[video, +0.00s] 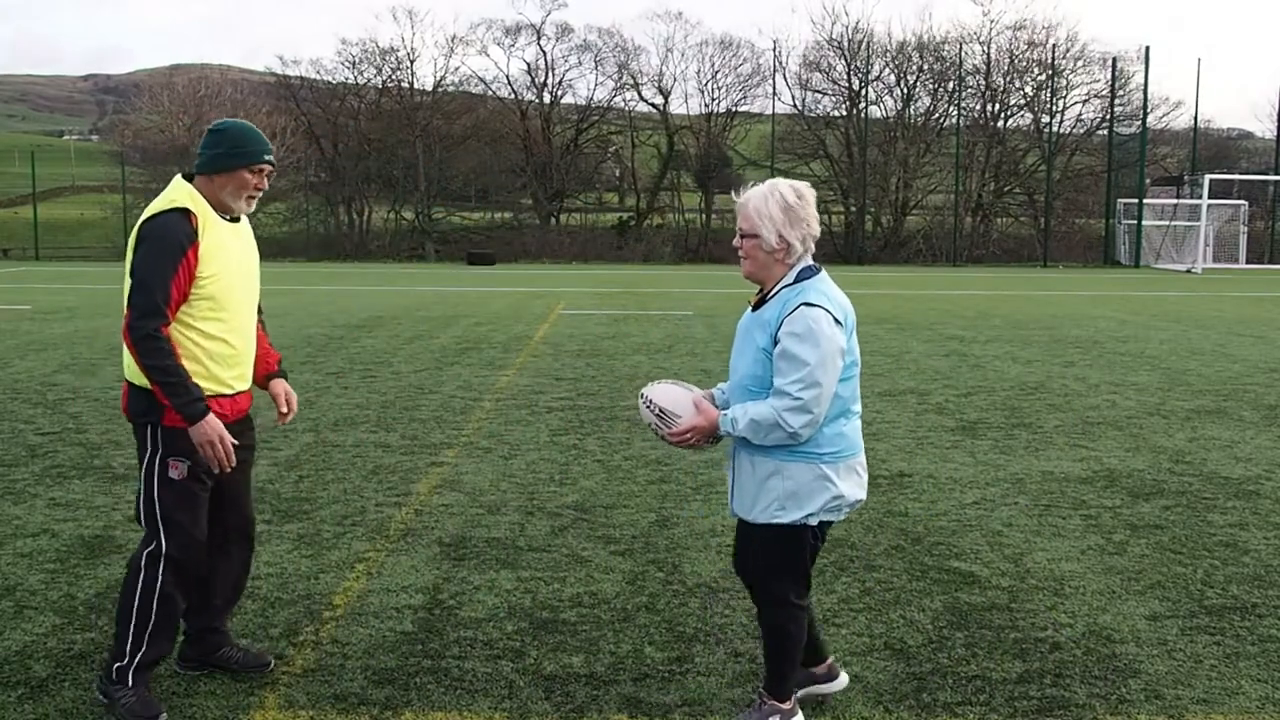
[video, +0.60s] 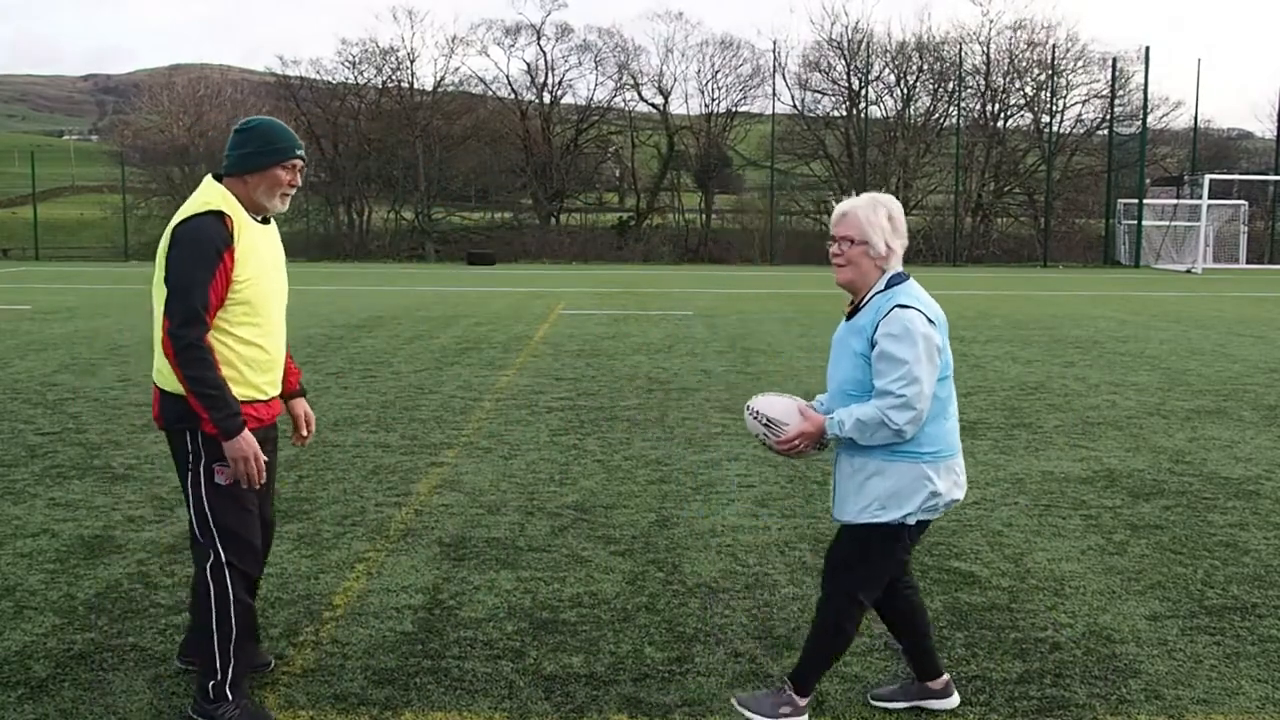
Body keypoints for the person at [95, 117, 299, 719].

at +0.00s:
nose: (263, 184)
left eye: (266, 174)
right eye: (254, 173)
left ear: (252, 176)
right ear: (217, 169)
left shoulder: (236, 226)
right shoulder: (172, 223)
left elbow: (241, 309)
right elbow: (144, 329)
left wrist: (272, 372)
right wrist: (195, 413)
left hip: (229, 409)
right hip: (172, 413)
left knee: (229, 532)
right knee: (171, 545)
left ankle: (206, 642)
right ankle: (126, 677)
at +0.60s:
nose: (296, 181)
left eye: (299, 170)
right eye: (287, 169)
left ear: (267, 171)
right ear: (249, 168)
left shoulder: (257, 223)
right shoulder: (205, 225)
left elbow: (262, 316)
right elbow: (185, 336)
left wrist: (292, 389)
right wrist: (230, 427)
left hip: (250, 410)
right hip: (205, 416)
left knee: (251, 538)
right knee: (228, 551)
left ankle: (218, 642)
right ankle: (219, 692)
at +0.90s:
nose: (306, 174)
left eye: (307, 163)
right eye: (296, 163)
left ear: (265, 166)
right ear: (258, 164)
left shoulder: (262, 220)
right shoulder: (218, 225)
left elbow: (270, 316)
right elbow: (208, 338)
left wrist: (297, 385)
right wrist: (249, 435)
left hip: (269, 412)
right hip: (222, 416)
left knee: (282, 539)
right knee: (236, 555)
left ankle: (250, 647)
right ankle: (221, 693)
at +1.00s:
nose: (311, 174)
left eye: (313, 164)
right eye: (302, 163)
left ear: (276, 166)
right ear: (264, 163)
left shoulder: (271, 221)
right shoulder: (223, 225)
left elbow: (276, 316)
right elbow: (211, 337)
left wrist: (303, 386)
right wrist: (253, 434)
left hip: (272, 412)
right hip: (225, 419)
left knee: (282, 548)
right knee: (240, 557)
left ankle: (269, 662)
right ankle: (222, 693)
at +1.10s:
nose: (318, 175)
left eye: (320, 164)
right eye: (309, 164)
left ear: (285, 167)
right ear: (270, 165)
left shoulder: (279, 221)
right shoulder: (228, 225)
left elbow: (281, 318)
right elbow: (215, 336)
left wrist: (312, 388)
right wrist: (258, 432)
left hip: (277, 413)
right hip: (228, 419)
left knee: (283, 550)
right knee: (242, 560)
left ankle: (270, 664)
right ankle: (222, 695)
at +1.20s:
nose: (324, 173)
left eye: (325, 163)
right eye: (314, 162)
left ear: (291, 165)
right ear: (277, 162)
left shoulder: (286, 221)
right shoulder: (232, 222)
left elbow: (289, 317)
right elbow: (217, 333)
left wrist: (319, 388)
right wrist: (260, 426)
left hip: (282, 411)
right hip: (231, 416)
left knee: (283, 549)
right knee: (241, 557)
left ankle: (270, 665)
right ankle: (222, 692)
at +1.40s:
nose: (325, 172)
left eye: (326, 161)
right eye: (316, 160)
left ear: (292, 164)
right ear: (279, 161)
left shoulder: (289, 219)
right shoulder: (233, 218)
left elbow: (292, 314)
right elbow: (218, 328)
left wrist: (321, 387)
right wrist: (258, 423)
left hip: (284, 410)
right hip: (232, 414)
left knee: (284, 545)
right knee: (239, 552)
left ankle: (268, 665)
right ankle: (209, 678)